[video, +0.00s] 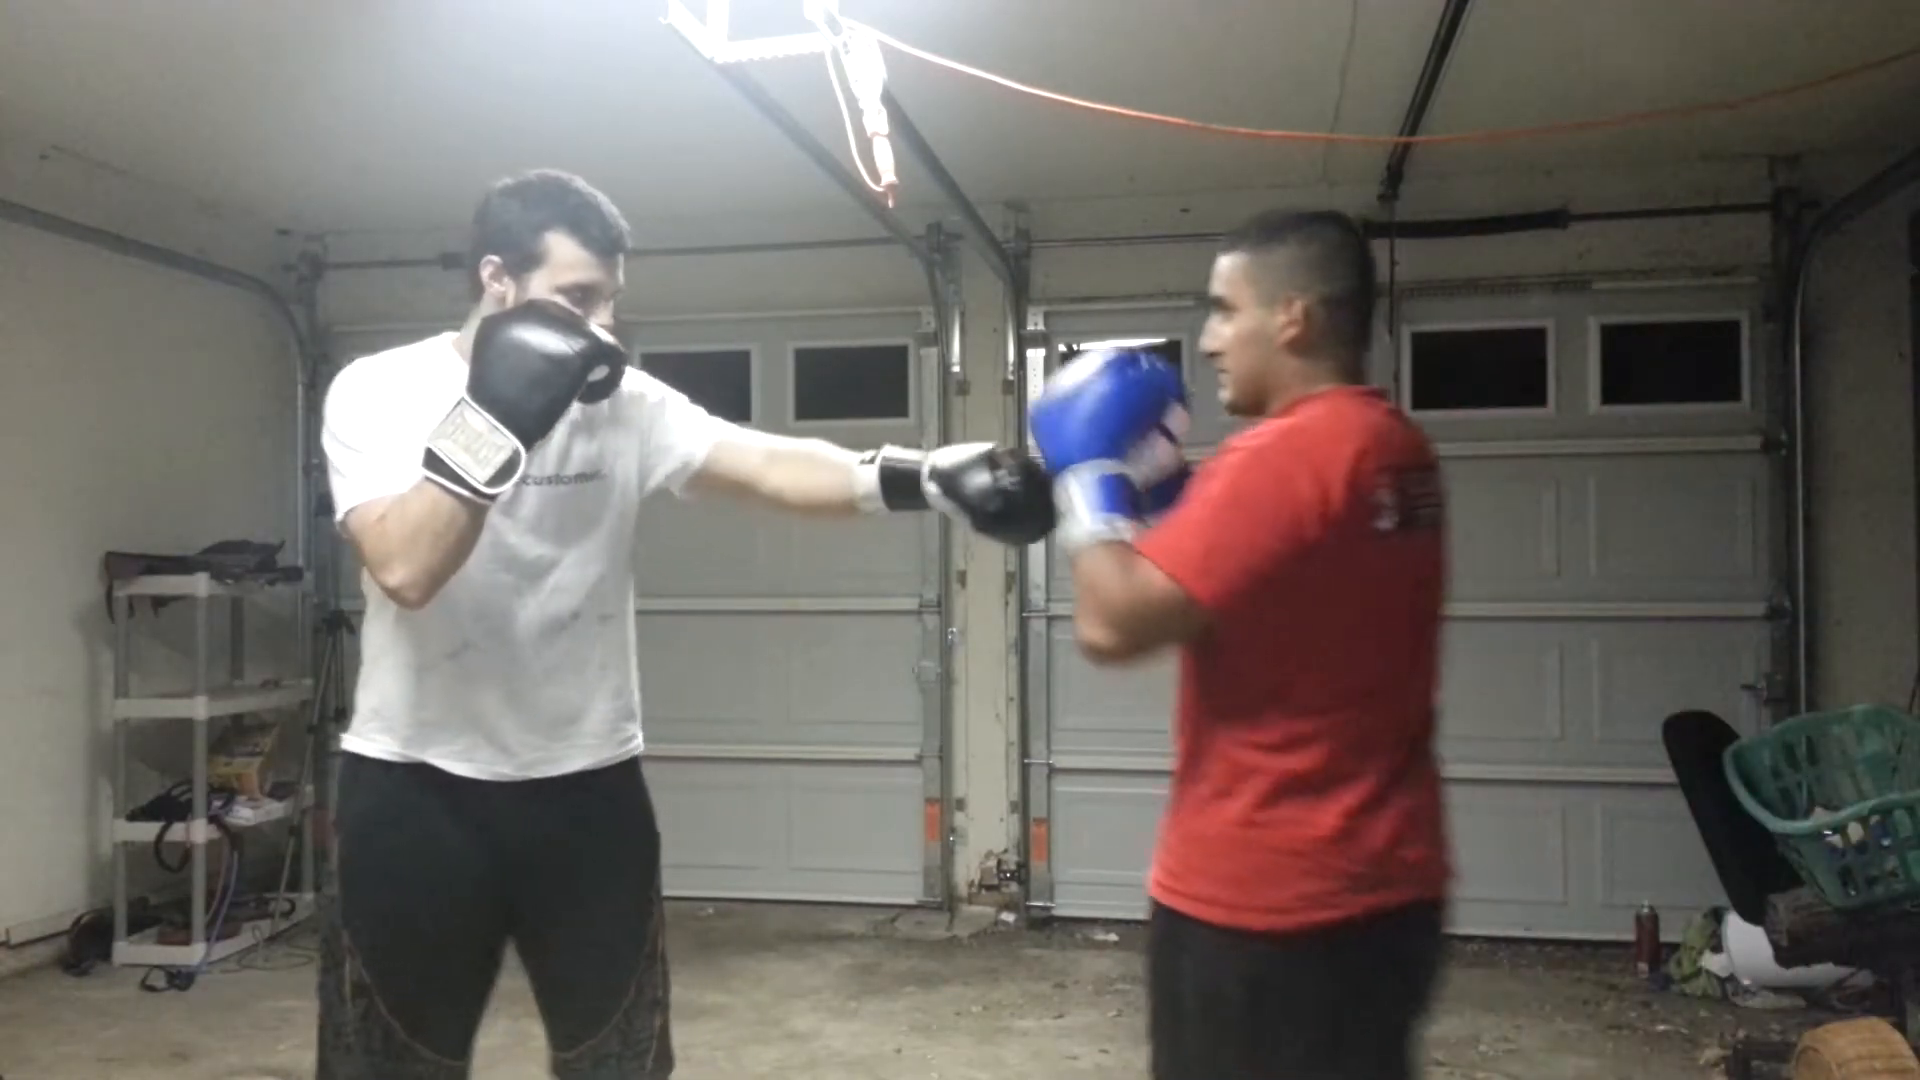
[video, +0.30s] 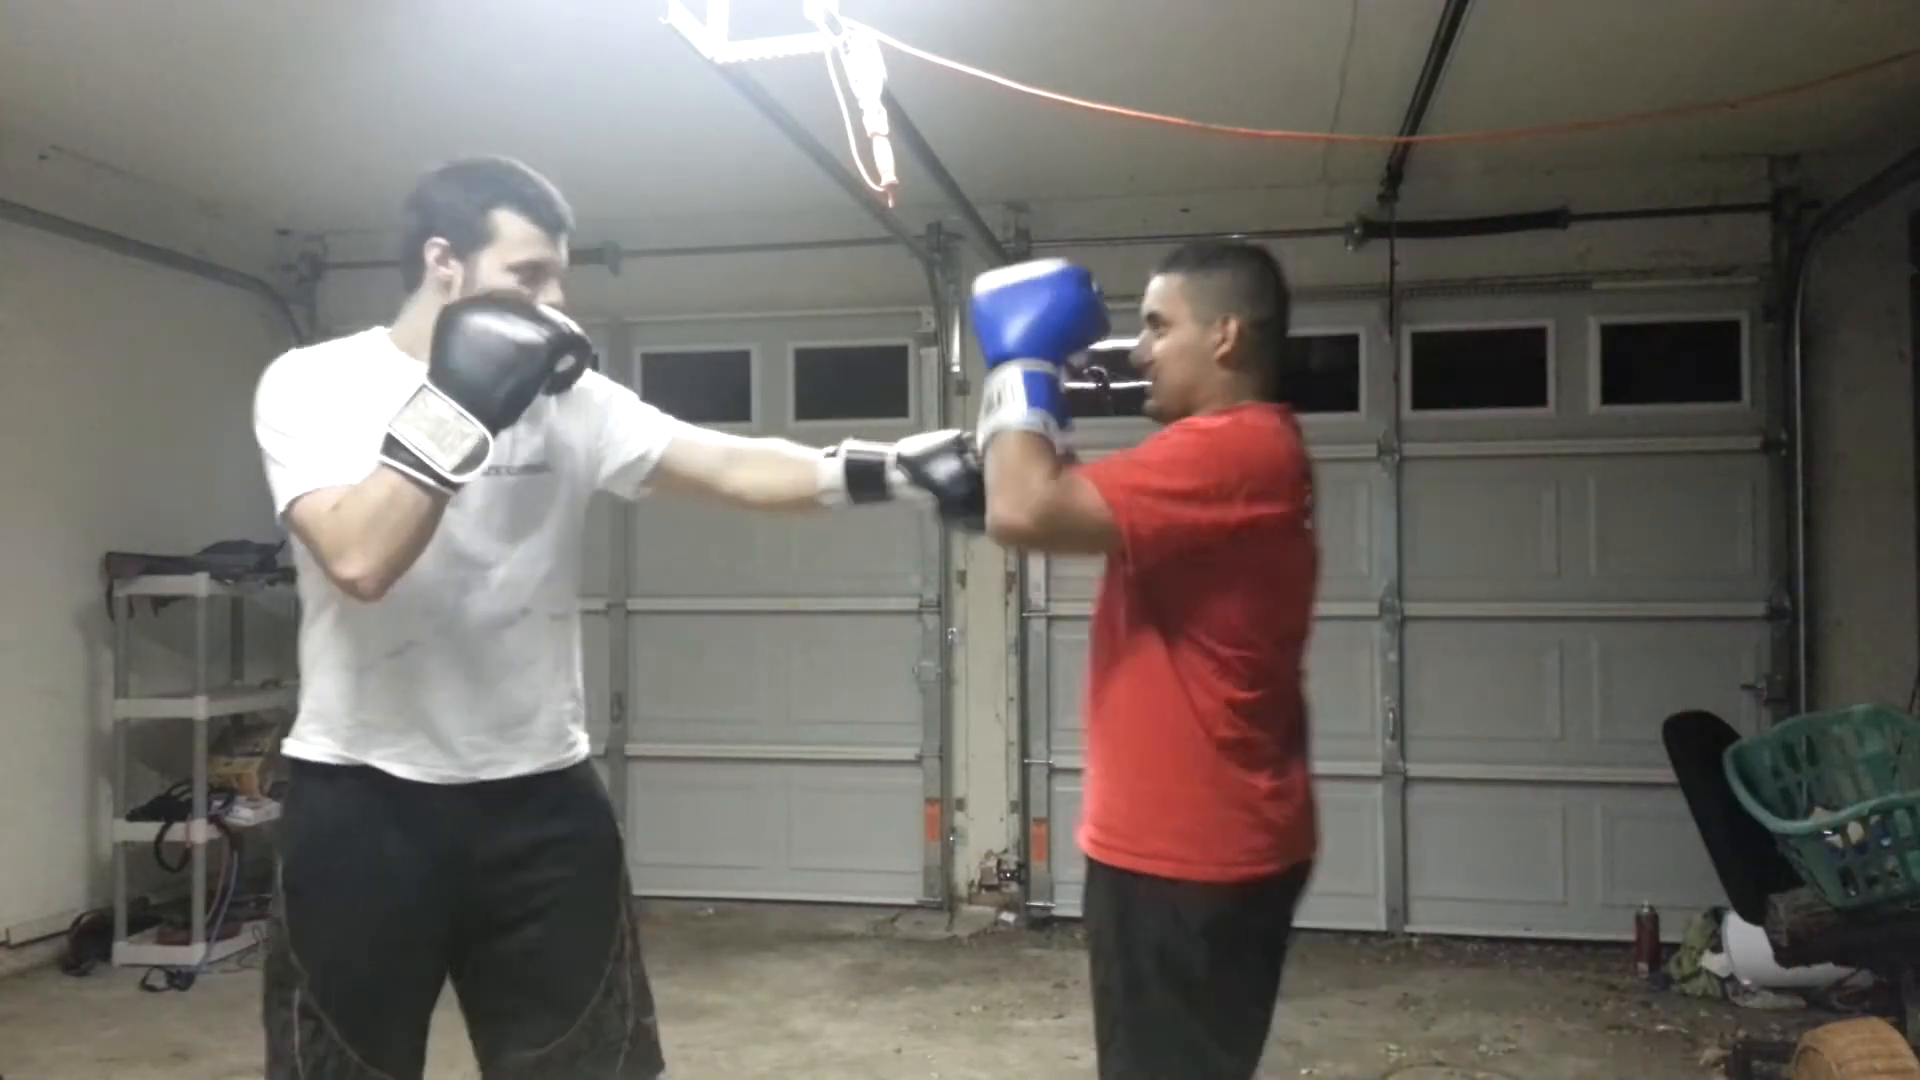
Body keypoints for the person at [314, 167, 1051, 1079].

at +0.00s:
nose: (597, 327)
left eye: (609, 305)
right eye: (576, 299)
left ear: (615, 295)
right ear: (495, 281)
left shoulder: (622, 402)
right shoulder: (378, 393)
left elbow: (769, 465)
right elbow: (403, 569)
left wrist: (921, 474)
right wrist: (497, 409)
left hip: (589, 793)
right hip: (415, 793)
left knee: (621, 1058)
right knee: (391, 1060)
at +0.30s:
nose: (554, 303)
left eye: (560, 279)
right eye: (527, 274)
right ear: (442, 262)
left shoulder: (563, 396)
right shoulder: (312, 385)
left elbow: (731, 464)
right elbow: (359, 558)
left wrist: (898, 466)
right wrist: (459, 399)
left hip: (543, 808)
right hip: (360, 811)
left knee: (596, 1064)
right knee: (341, 1067)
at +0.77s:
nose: (576, 255)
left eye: (573, 234)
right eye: (555, 228)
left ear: (487, 231)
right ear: (475, 226)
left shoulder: (517, 403)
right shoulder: (404, 361)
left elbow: (578, 572)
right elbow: (555, 564)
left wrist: (728, 621)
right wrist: (721, 629)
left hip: (503, 802)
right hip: (370, 800)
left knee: (507, 1062)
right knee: (359, 1062)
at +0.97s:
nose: (580, 251)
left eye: (577, 225)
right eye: (567, 219)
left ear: (487, 216)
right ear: (494, 209)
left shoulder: (423, 343)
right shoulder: (474, 337)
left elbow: (534, 558)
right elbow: (634, 520)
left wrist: (697, 600)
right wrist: (769, 547)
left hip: (392, 770)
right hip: (440, 776)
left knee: (377, 1060)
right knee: (485, 1053)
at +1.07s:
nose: (615, 261)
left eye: (614, 234)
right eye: (603, 227)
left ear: (524, 220)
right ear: (536, 213)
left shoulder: (449, 343)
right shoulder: (514, 337)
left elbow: (486, 578)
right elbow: (601, 540)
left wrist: (640, 629)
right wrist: (700, 565)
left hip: (414, 781)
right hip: (467, 789)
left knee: (418, 1063)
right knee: (514, 1059)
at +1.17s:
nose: (645, 273)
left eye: (647, 250)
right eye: (640, 244)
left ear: (548, 226)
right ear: (587, 222)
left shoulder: (445, 356)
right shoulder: (551, 339)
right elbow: (640, 531)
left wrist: (651, 520)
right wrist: (703, 501)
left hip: (422, 778)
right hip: (502, 787)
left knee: (447, 1062)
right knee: (566, 1059)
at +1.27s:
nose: (660, 281)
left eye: (665, 257)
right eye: (661, 250)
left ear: (539, 225)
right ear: (617, 224)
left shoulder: (447, 351)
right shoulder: (584, 335)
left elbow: (554, 482)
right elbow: (749, 497)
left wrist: (696, 403)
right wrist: (769, 402)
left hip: (416, 776)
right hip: (517, 784)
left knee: (448, 1060)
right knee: (601, 1060)